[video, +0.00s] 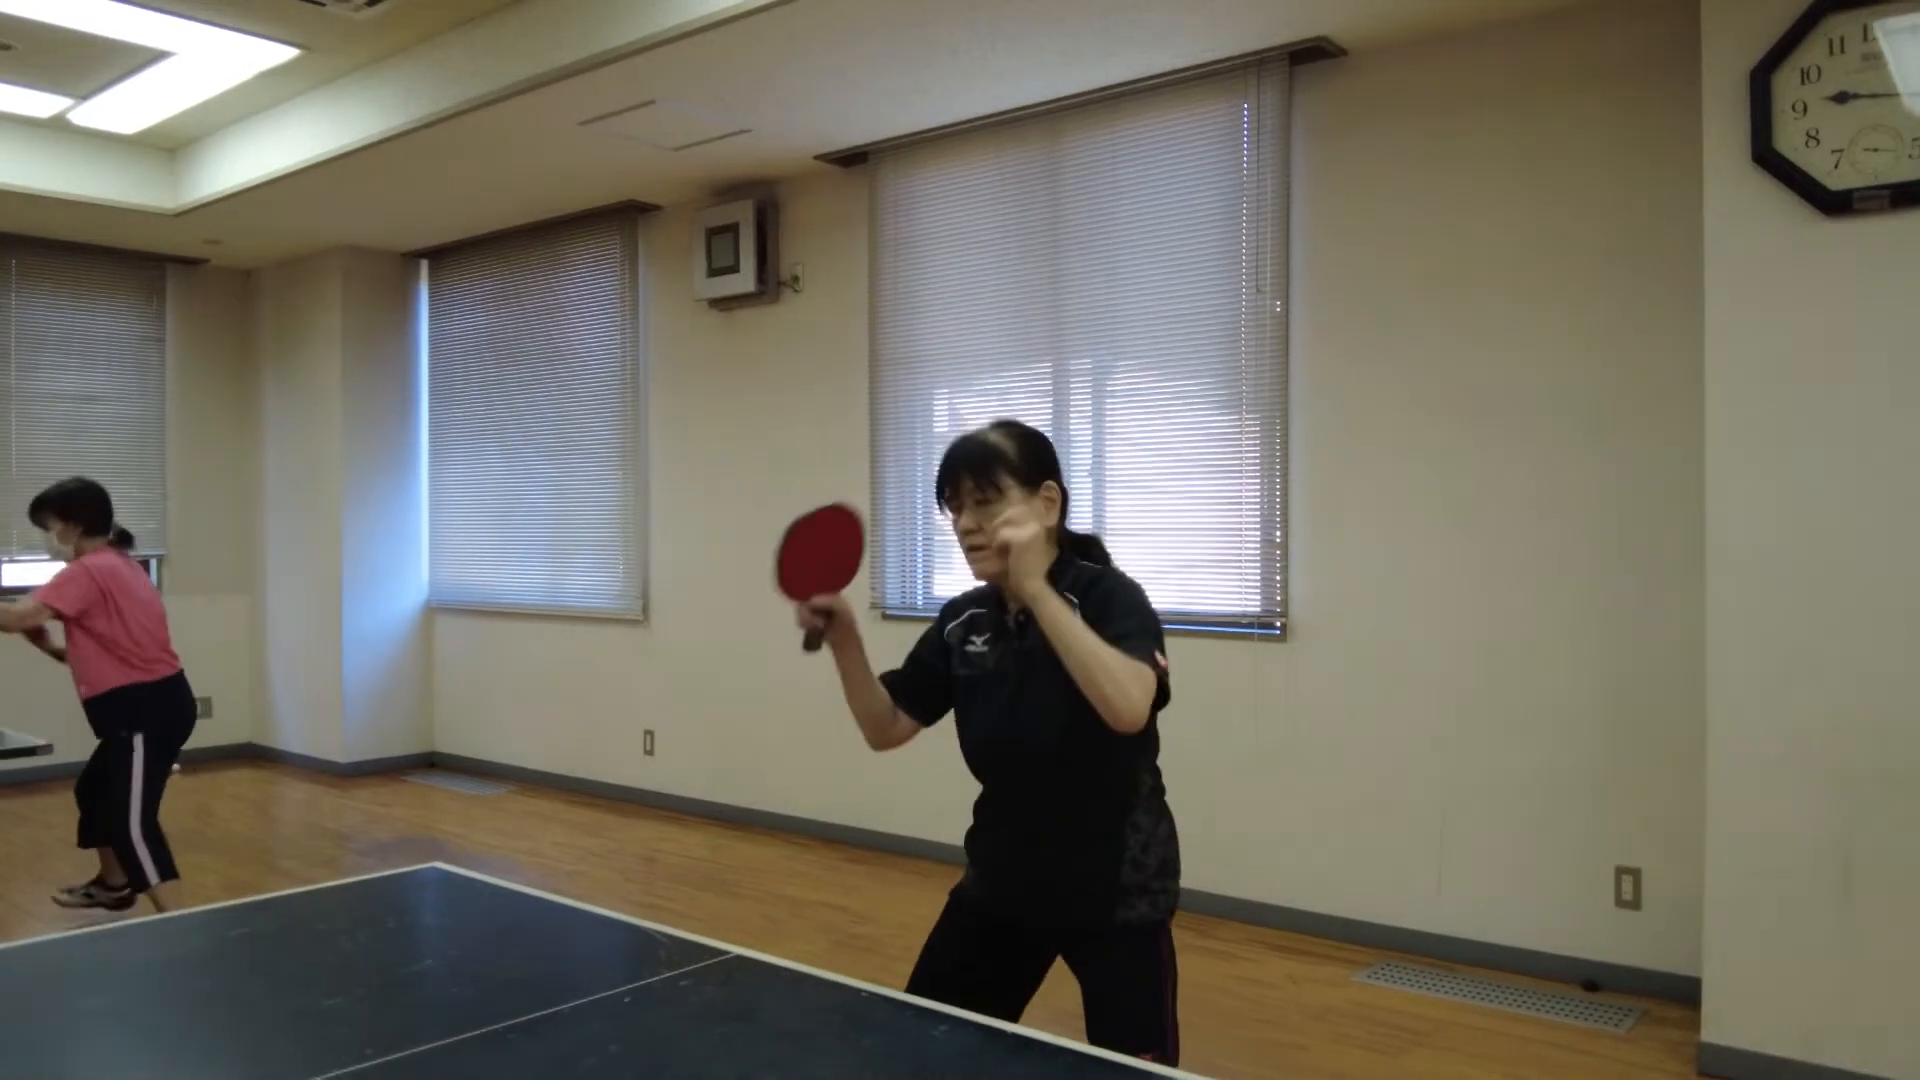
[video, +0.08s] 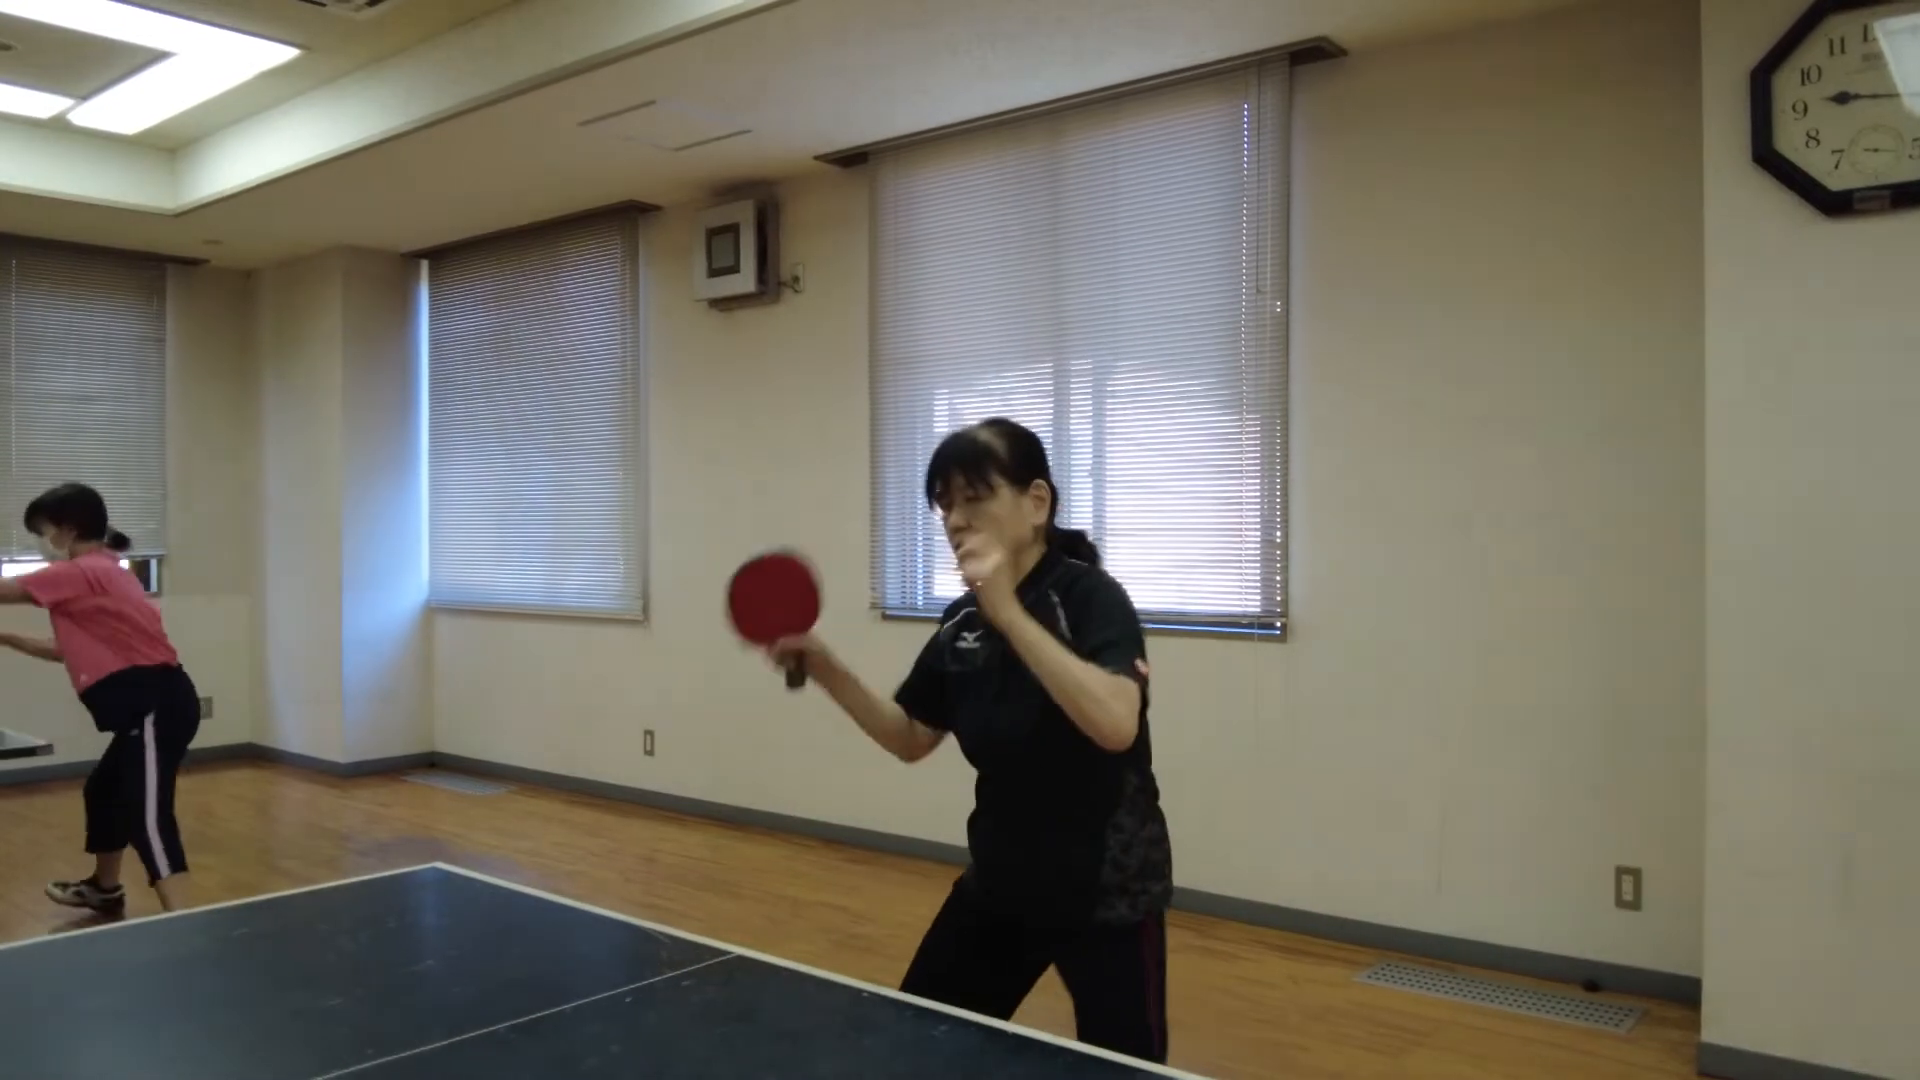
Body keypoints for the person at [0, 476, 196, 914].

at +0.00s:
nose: (51, 540)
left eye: (53, 529)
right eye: (49, 530)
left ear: (74, 524)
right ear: (94, 523)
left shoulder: (90, 570)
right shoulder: (121, 567)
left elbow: (22, 616)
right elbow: (103, 658)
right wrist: (48, 645)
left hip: (146, 711)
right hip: (146, 706)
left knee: (133, 821)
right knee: (93, 791)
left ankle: (176, 922)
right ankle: (114, 882)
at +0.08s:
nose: (45, 543)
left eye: (46, 532)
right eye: (42, 535)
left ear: (68, 527)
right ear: (88, 527)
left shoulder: (83, 571)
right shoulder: (107, 573)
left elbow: (10, 590)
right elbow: (71, 650)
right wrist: (9, 639)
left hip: (155, 701)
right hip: (150, 702)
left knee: (148, 816)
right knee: (103, 791)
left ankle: (186, 925)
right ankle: (105, 887)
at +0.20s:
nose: (30, 561)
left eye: (34, 550)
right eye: (29, 551)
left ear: (62, 549)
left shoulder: (85, 583)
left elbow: (10, 576)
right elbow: (6, 636)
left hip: (168, 705)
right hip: (140, 716)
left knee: (163, 817)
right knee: (94, 787)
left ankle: (190, 920)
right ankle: (101, 885)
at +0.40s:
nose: (27, 556)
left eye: (34, 544)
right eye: (24, 548)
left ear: (64, 543)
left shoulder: (85, 576)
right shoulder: (58, 623)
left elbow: (64, 606)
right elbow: (31, 675)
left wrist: (8, 590)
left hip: (170, 700)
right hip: (134, 717)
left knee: (171, 809)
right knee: (85, 783)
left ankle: (219, 910)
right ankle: (99, 887)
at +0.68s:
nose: (68, 537)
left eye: (74, 526)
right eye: (66, 527)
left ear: (102, 526)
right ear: (96, 529)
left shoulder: (116, 571)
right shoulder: (108, 578)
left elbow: (76, 636)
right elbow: (74, 662)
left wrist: (6, 615)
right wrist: (4, 670)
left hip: (183, 696)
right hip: (158, 704)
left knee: (174, 814)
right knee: (113, 784)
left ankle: (224, 913)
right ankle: (123, 879)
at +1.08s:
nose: (47, 551)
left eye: (51, 541)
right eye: (46, 542)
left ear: (76, 541)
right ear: (84, 543)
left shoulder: (83, 575)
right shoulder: (85, 587)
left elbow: (26, 601)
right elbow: (71, 664)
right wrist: (6, 659)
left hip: (165, 693)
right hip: (150, 699)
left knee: (145, 798)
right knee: (111, 782)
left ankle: (195, 897)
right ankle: (147, 876)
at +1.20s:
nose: (23, 580)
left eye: (28, 571)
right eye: (23, 573)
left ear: (55, 571)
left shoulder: (74, 597)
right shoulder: (63, 639)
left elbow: (58, 609)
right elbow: (32, 690)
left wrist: (18, 597)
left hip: (157, 699)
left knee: (85, 803)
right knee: (108, 793)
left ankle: (160, 863)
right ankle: (145, 869)